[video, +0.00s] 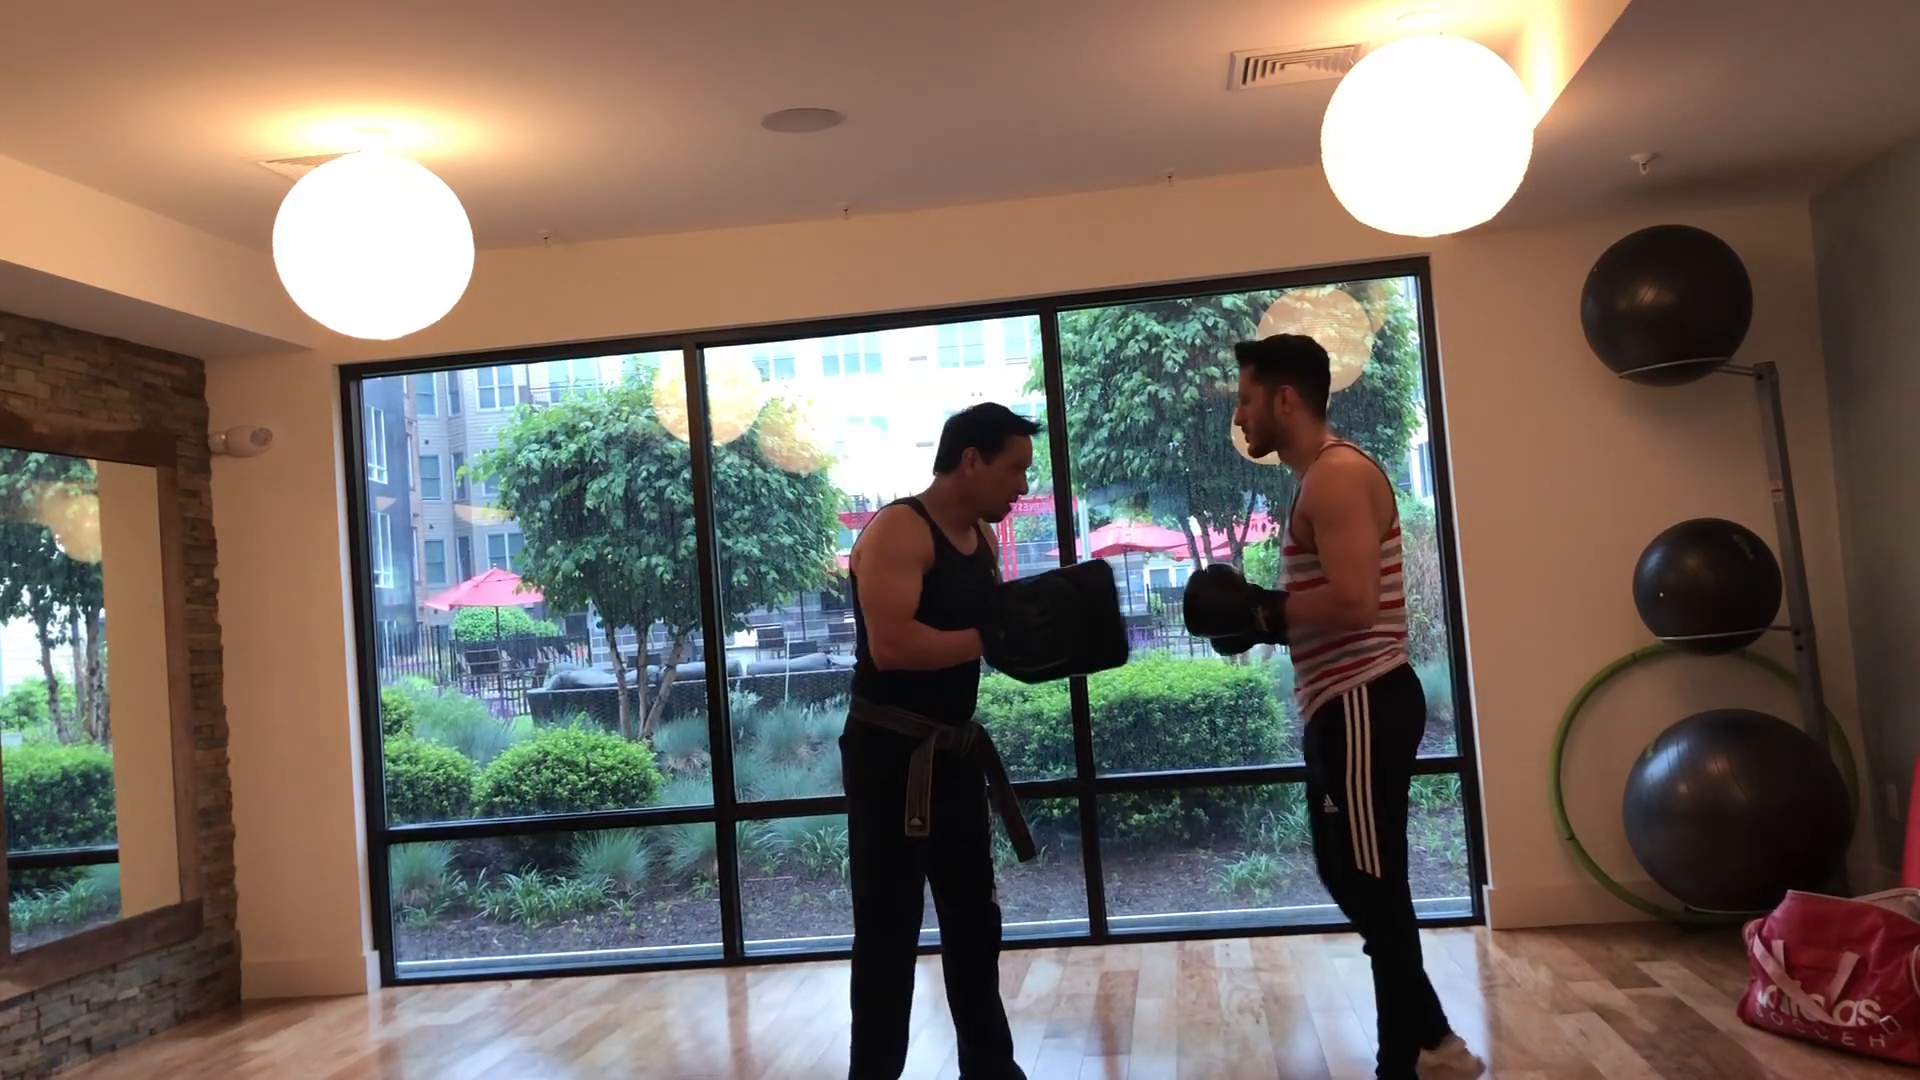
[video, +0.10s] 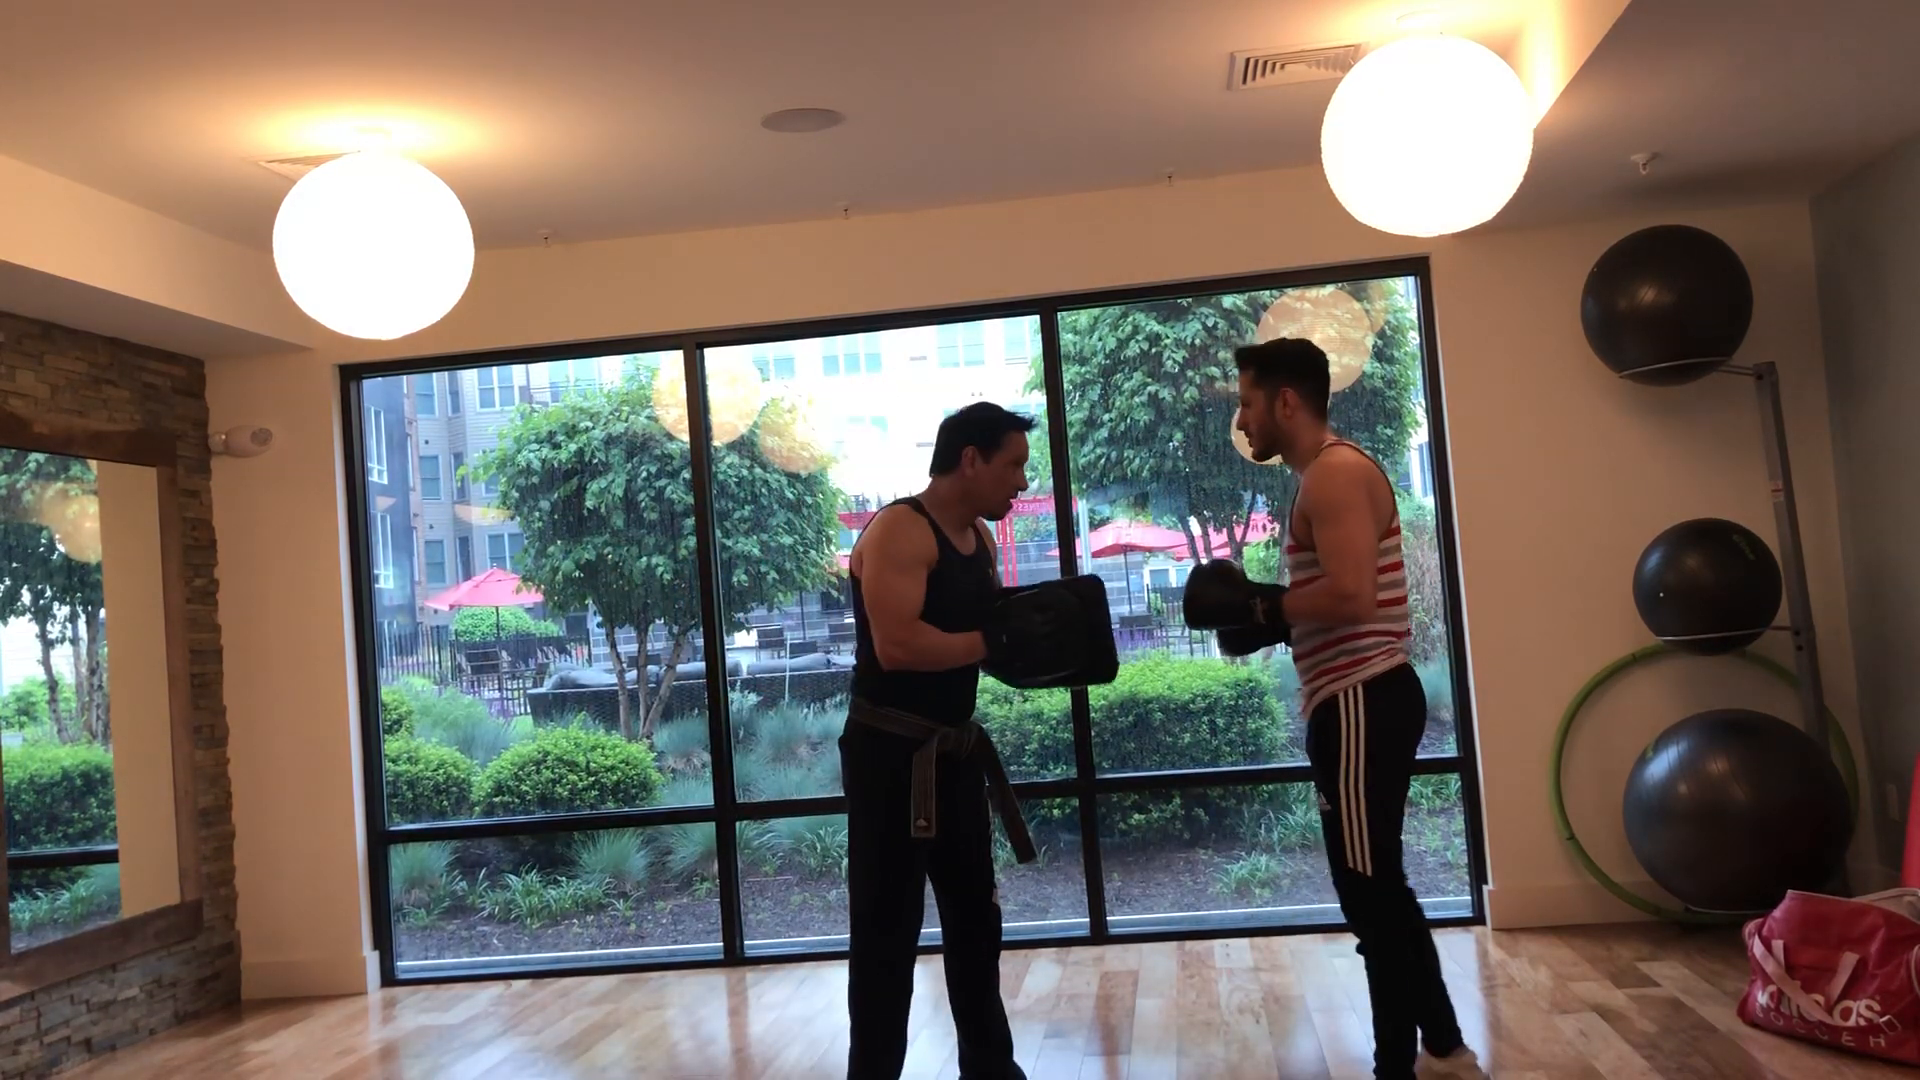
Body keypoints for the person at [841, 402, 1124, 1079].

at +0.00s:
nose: (1022, 488)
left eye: (1025, 475)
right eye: (1017, 472)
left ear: (976, 467)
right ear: (972, 462)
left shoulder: (979, 539)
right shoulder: (895, 530)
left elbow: (989, 626)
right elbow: (890, 646)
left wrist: (1052, 618)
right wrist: (995, 638)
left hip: (954, 744)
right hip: (887, 746)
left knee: (973, 923)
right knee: (888, 930)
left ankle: (990, 1071)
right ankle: (874, 1073)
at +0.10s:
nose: (1021, 484)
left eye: (1023, 470)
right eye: (1015, 468)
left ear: (974, 465)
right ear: (968, 460)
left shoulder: (976, 539)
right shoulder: (896, 529)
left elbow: (978, 631)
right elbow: (895, 646)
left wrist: (1040, 627)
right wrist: (997, 640)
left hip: (954, 743)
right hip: (887, 746)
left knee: (974, 920)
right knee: (886, 930)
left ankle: (990, 1068)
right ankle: (873, 1074)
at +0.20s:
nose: (1018, 482)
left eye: (1020, 468)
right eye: (1011, 466)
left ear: (972, 463)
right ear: (967, 460)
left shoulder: (969, 539)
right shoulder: (891, 529)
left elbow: (962, 631)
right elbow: (880, 646)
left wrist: (1034, 625)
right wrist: (987, 641)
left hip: (948, 747)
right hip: (881, 750)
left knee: (973, 921)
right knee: (882, 933)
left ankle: (989, 1069)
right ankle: (872, 1074)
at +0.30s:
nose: (1011, 482)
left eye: (1013, 469)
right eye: (1005, 467)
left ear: (963, 464)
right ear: (963, 461)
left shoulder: (961, 536)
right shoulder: (882, 531)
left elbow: (957, 629)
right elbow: (867, 645)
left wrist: (1023, 621)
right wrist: (975, 635)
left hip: (945, 747)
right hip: (876, 751)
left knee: (976, 923)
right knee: (875, 938)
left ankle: (990, 1071)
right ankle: (868, 1077)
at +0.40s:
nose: (1005, 484)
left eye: (1006, 470)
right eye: (999, 468)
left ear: (956, 465)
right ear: (956, 462)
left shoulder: (951, 537)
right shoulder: (874, 533)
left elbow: (956, 634)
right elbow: (872, 650)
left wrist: (1027, 616)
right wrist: (975, 629)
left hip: (944, 750)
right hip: (872, 755)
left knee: (982, 923)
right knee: (871, 940)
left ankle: (992, 1071)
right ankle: (867, 1076)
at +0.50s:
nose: (999, 489)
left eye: (1002, 474)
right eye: (996, 472)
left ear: (956, 466)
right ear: (955, 463)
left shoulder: (949, 539)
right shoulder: (874, 535)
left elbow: (954, 636)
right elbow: (888, 652)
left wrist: (1022, 605)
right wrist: (986, 630)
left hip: (944, 748)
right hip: (873, 754)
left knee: (1000, 906)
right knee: (873, 938)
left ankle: (1001, 1068)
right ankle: (869, 1075)